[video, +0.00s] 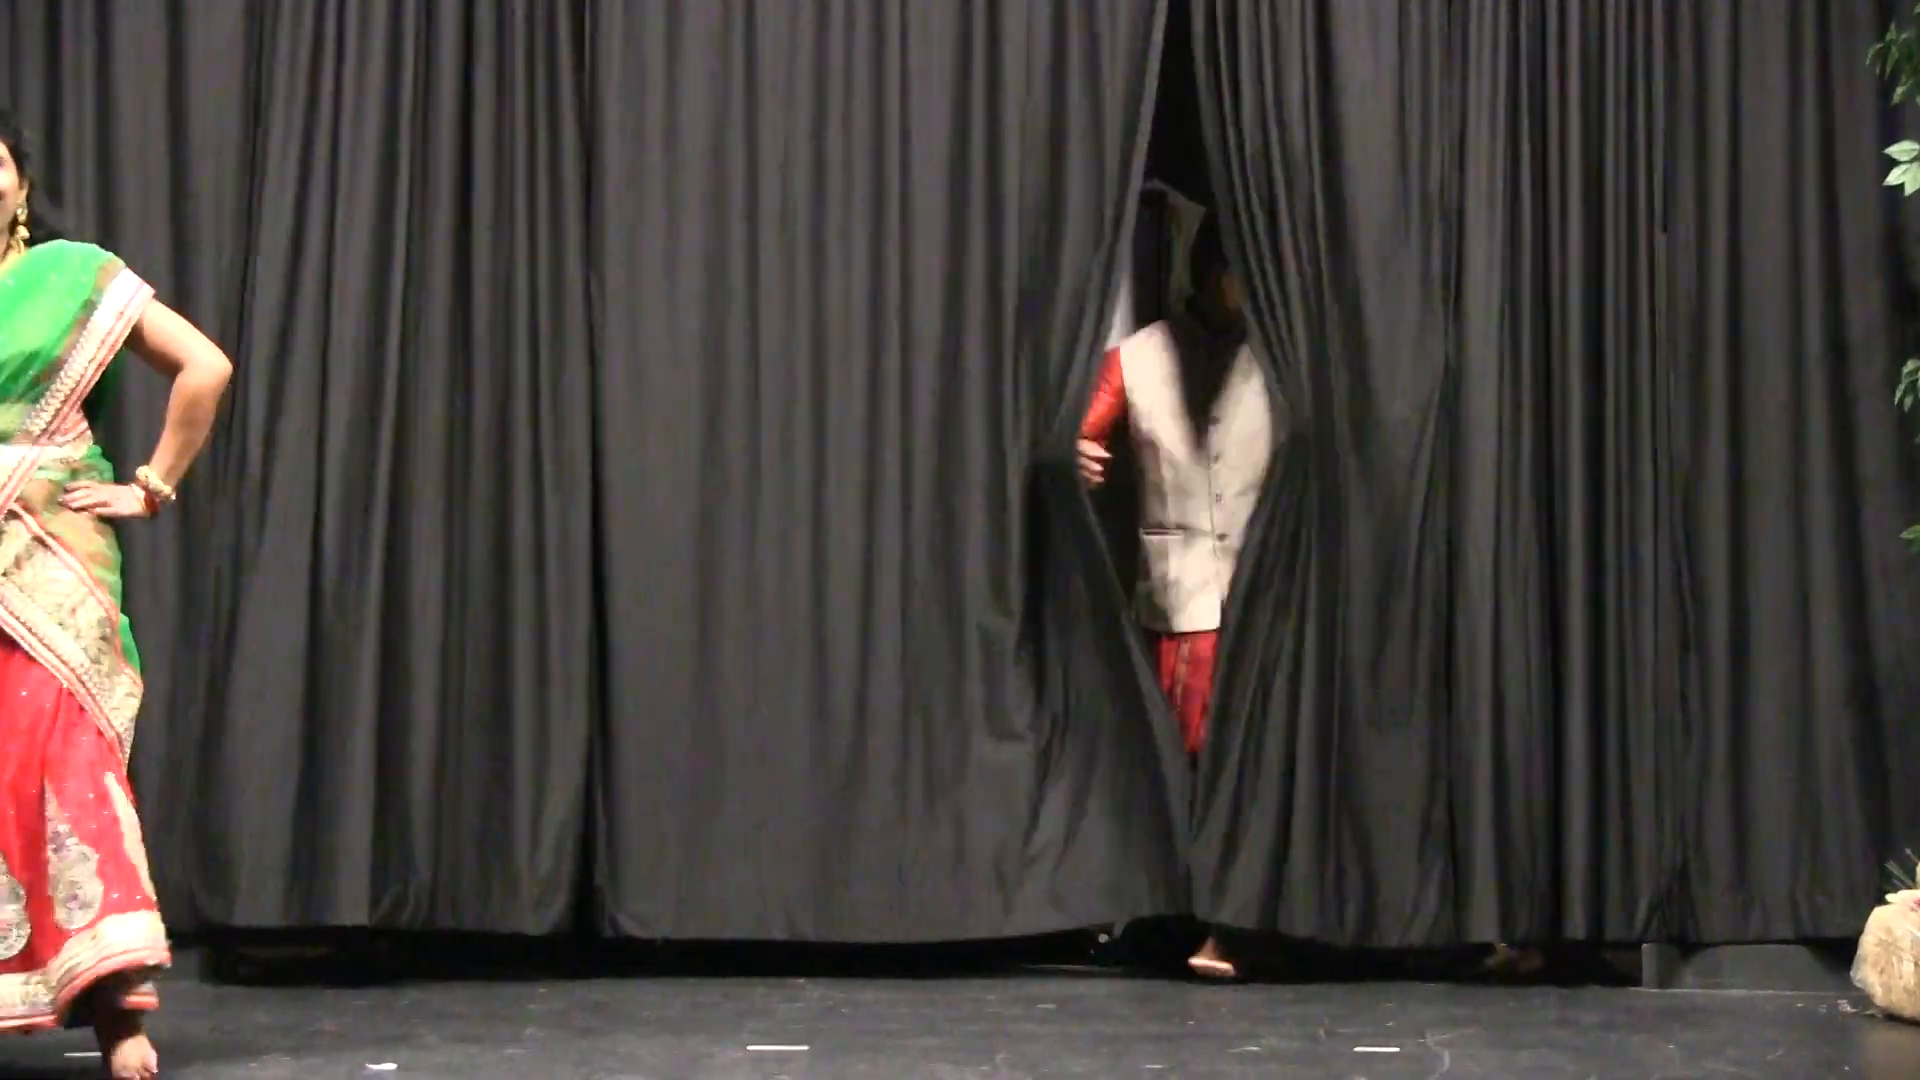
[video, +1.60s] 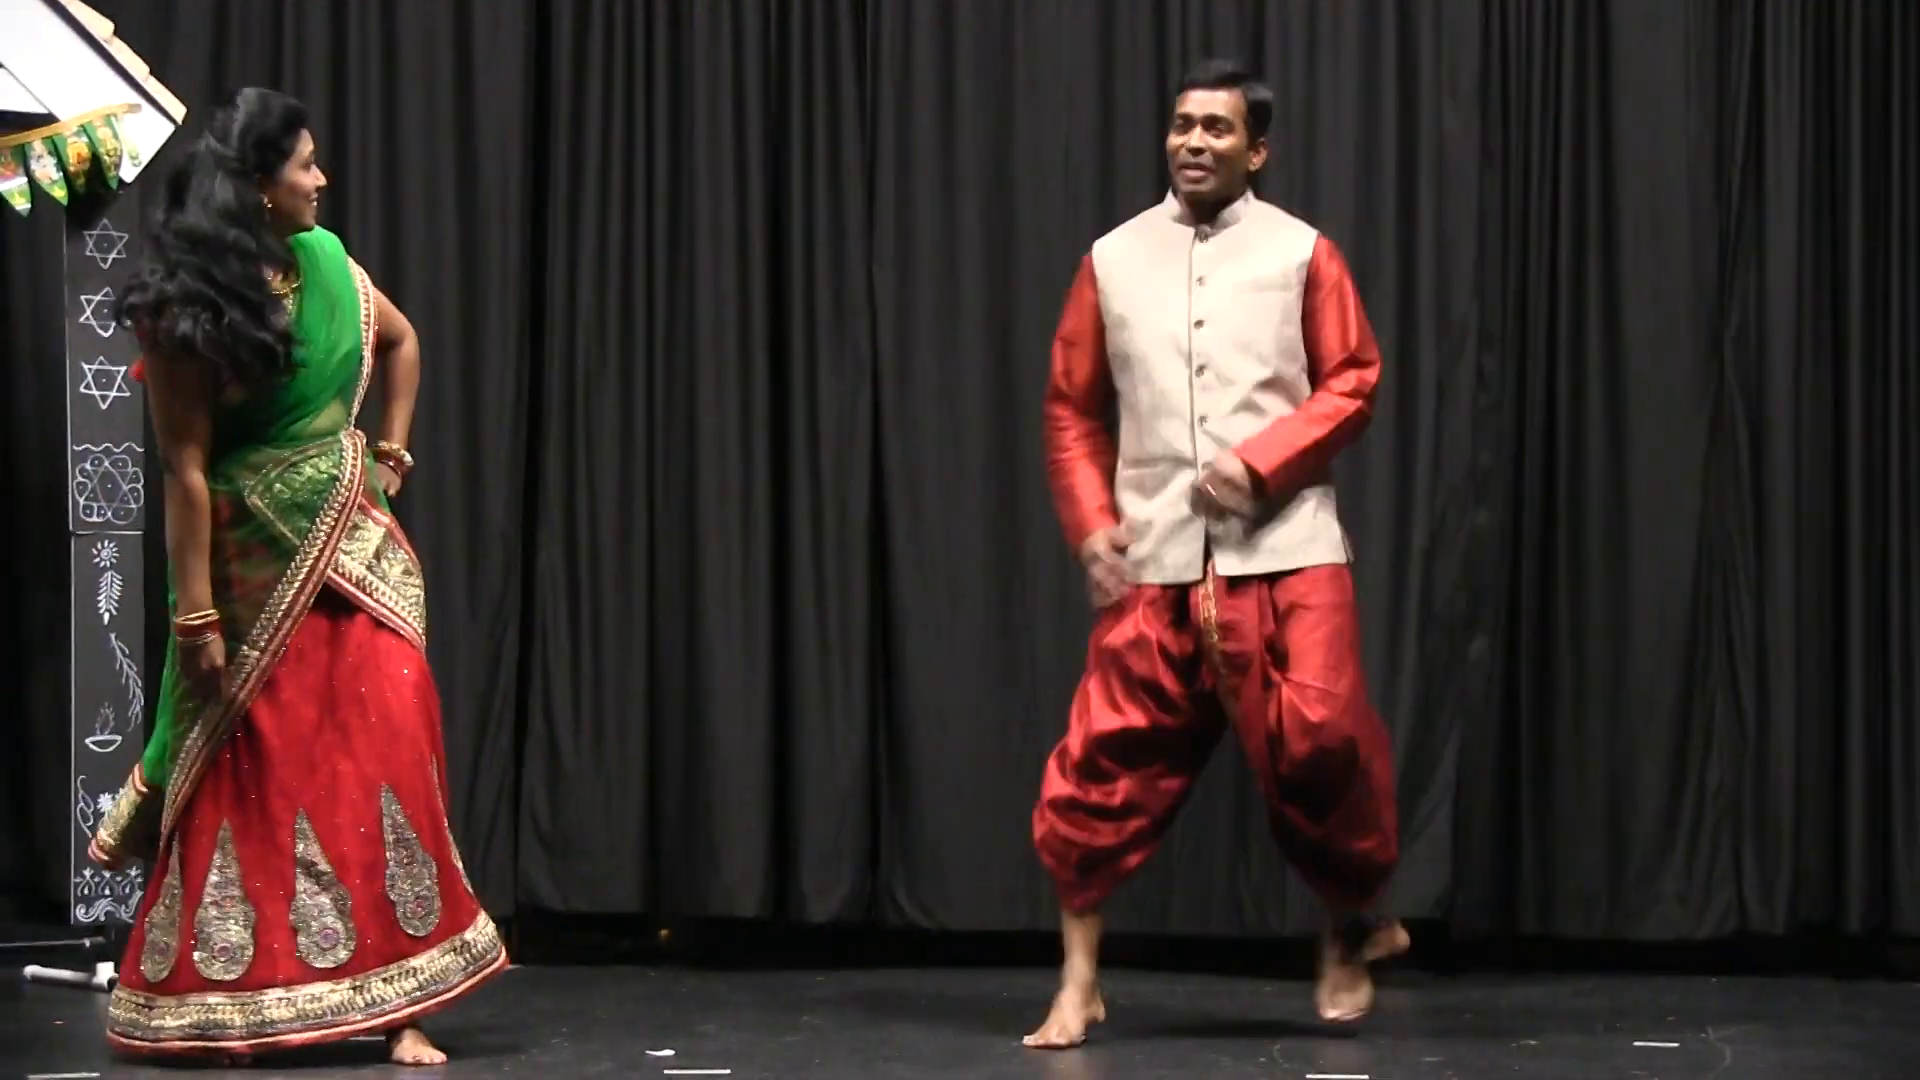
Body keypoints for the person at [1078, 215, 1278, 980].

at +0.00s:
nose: (1242, 292)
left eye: (1253, 277)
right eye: (1232, 274)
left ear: (1269, 282)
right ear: (1206, 274)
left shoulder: (1292, 359)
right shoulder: (1139, 358)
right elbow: (1080, 443)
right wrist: (1079, 461)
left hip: (1258, 598)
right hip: (1168, 601)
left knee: (1232, 758)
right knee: (1177, 762)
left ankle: (1228, 926)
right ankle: (1215, 927)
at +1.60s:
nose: (1194, 141)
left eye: (1216, 129)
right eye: (1183, 126)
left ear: (1256, 149)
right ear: (1165, 140)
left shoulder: (1301, 251)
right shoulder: (1114, 258)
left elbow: (1354, 379)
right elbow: (1074, 406)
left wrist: (1262, 460)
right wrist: (1093, 524)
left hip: (1286, 552)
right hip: (1152, 557)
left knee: (1321, 738)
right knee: (1098, 757)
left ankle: (1343, 951)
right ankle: (1077, 985)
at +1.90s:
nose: (1185, 143)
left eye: (1203, 124)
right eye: (1170, 132)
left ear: (1252, 138)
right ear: (1158, 155)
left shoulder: (1324, 254)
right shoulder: (1134, 277)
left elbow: (1374, 405)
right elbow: (1080, 422)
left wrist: (1315, 539)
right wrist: (1102, 546)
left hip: (1306, 574)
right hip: (1168, 578)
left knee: (1365, 778)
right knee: (1110, 783)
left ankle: (1410, 1000)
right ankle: (1086, 992)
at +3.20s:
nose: (1089, 195)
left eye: (1107, 182)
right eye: (1088, 183)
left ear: (1157, 200)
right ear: (1089, 203)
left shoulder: (1217, 306)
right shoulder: (1055, 314)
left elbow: (1252, 429)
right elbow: (1021, 446)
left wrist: (1188, 537)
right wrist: (1021, 564)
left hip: (1185, 580)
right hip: (1071, 581)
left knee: (1240, 747)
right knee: (1027, 752)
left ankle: (1282, 920)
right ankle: (1020, 915)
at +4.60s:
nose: (1063, 289)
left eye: (1077, 280)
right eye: (1054, 279)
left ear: (1102, 297)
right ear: (1042, 294)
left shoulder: (1134, 377)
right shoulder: (1005, 380)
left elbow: (1162, 473)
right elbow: (974, 480)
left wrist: (1128, 553)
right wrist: (962, 581)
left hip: (1113, 574)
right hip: (1033, 577)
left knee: (1117, 692)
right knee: (1037, 716)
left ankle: (1157, 824)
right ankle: (1054, 836)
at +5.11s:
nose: (1056, 374)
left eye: (1068, 364)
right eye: (1044, 364)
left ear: (1090, 379)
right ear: (1028, 379)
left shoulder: (1130, 455)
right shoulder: (1000, 469)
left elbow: (1157, 551)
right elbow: (985, 572)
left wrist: (1115, 627)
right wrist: (1010, 639)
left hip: (1117, 630)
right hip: (1040, 642)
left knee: (1084, 698)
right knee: (1012, 776)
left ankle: (1089, 860)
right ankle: (1061, 850)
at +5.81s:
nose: (1076, 262)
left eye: (1088, 251)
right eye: (1065, 253)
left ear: (1111, 266)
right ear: (1049, 269)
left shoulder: (1142, 359)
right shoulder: (1010, 345)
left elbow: (1155, 469)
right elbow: (980, 451)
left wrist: (1120, 569)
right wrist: (983, 555)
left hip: (1105, 549)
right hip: (1025, 547)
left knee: (1097, 686)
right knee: (1027, 686)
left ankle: (1093, 845)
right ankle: (1051, 808)